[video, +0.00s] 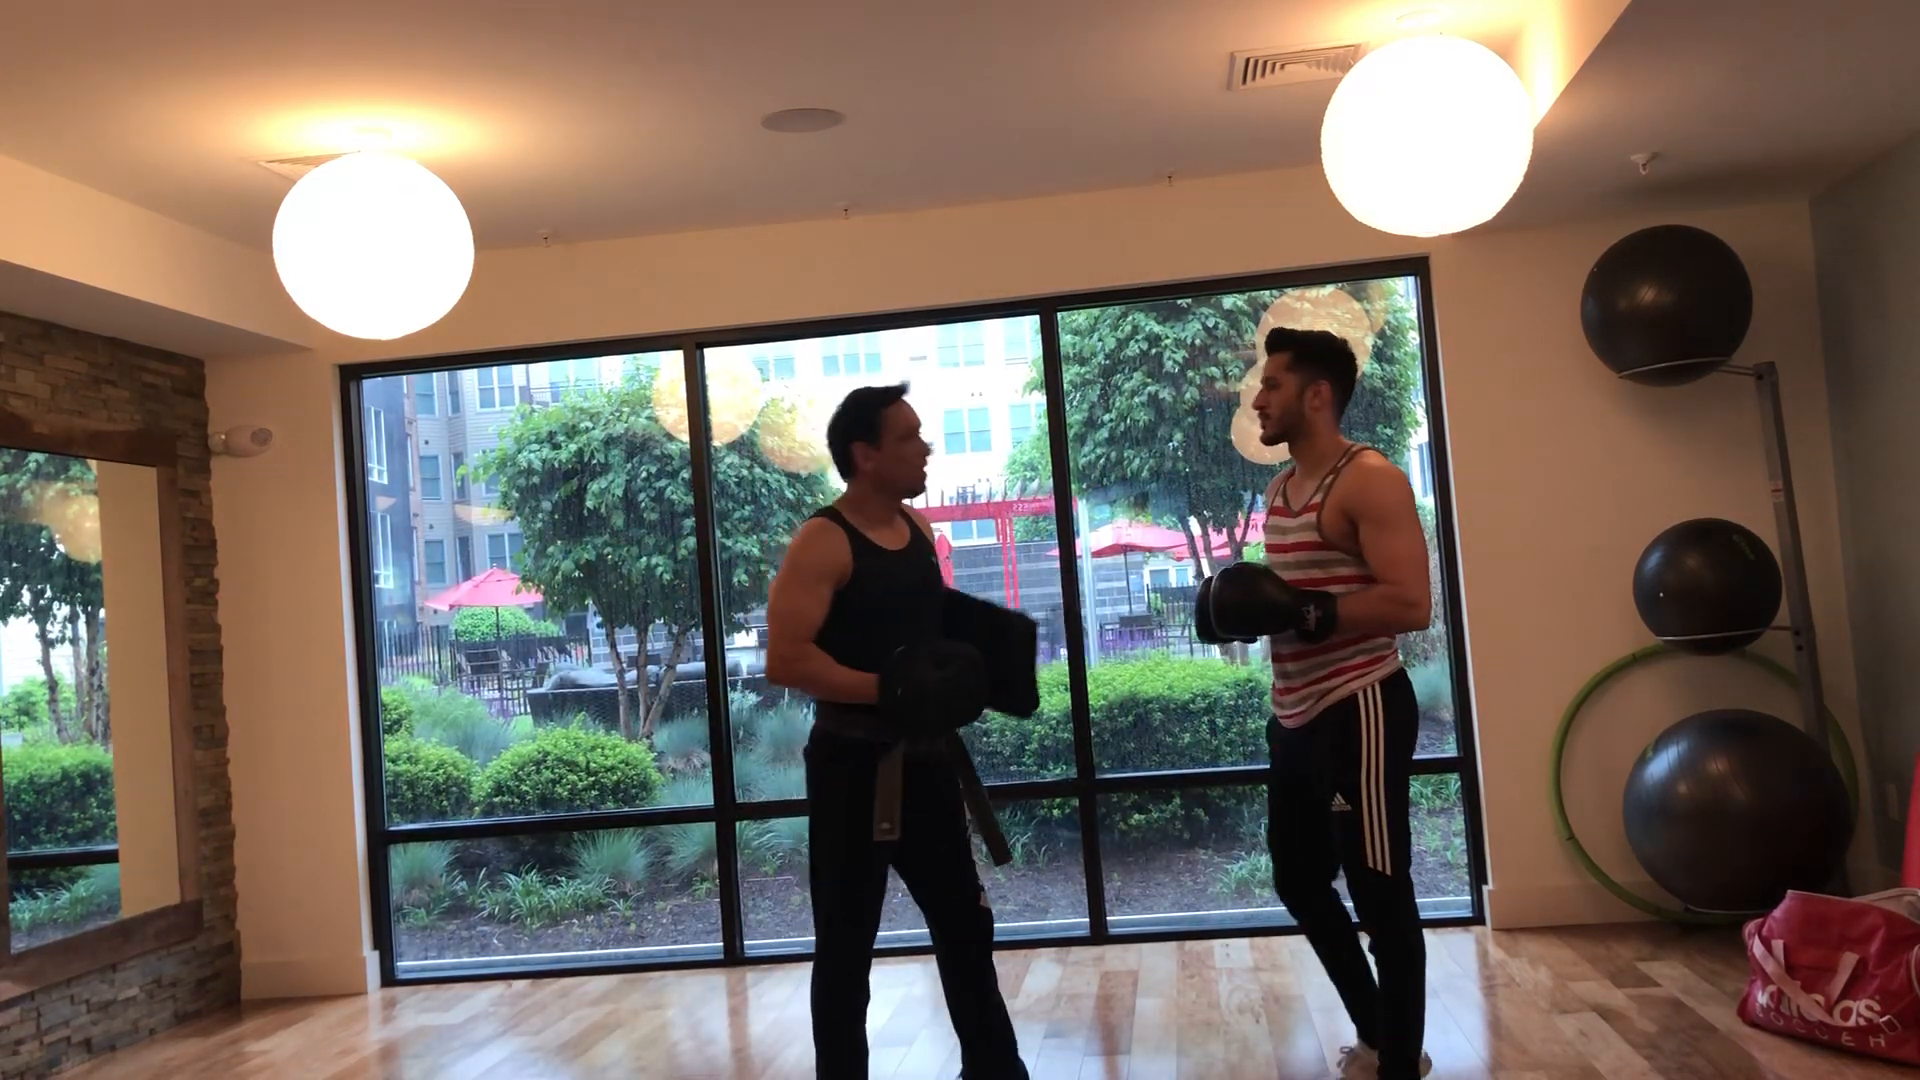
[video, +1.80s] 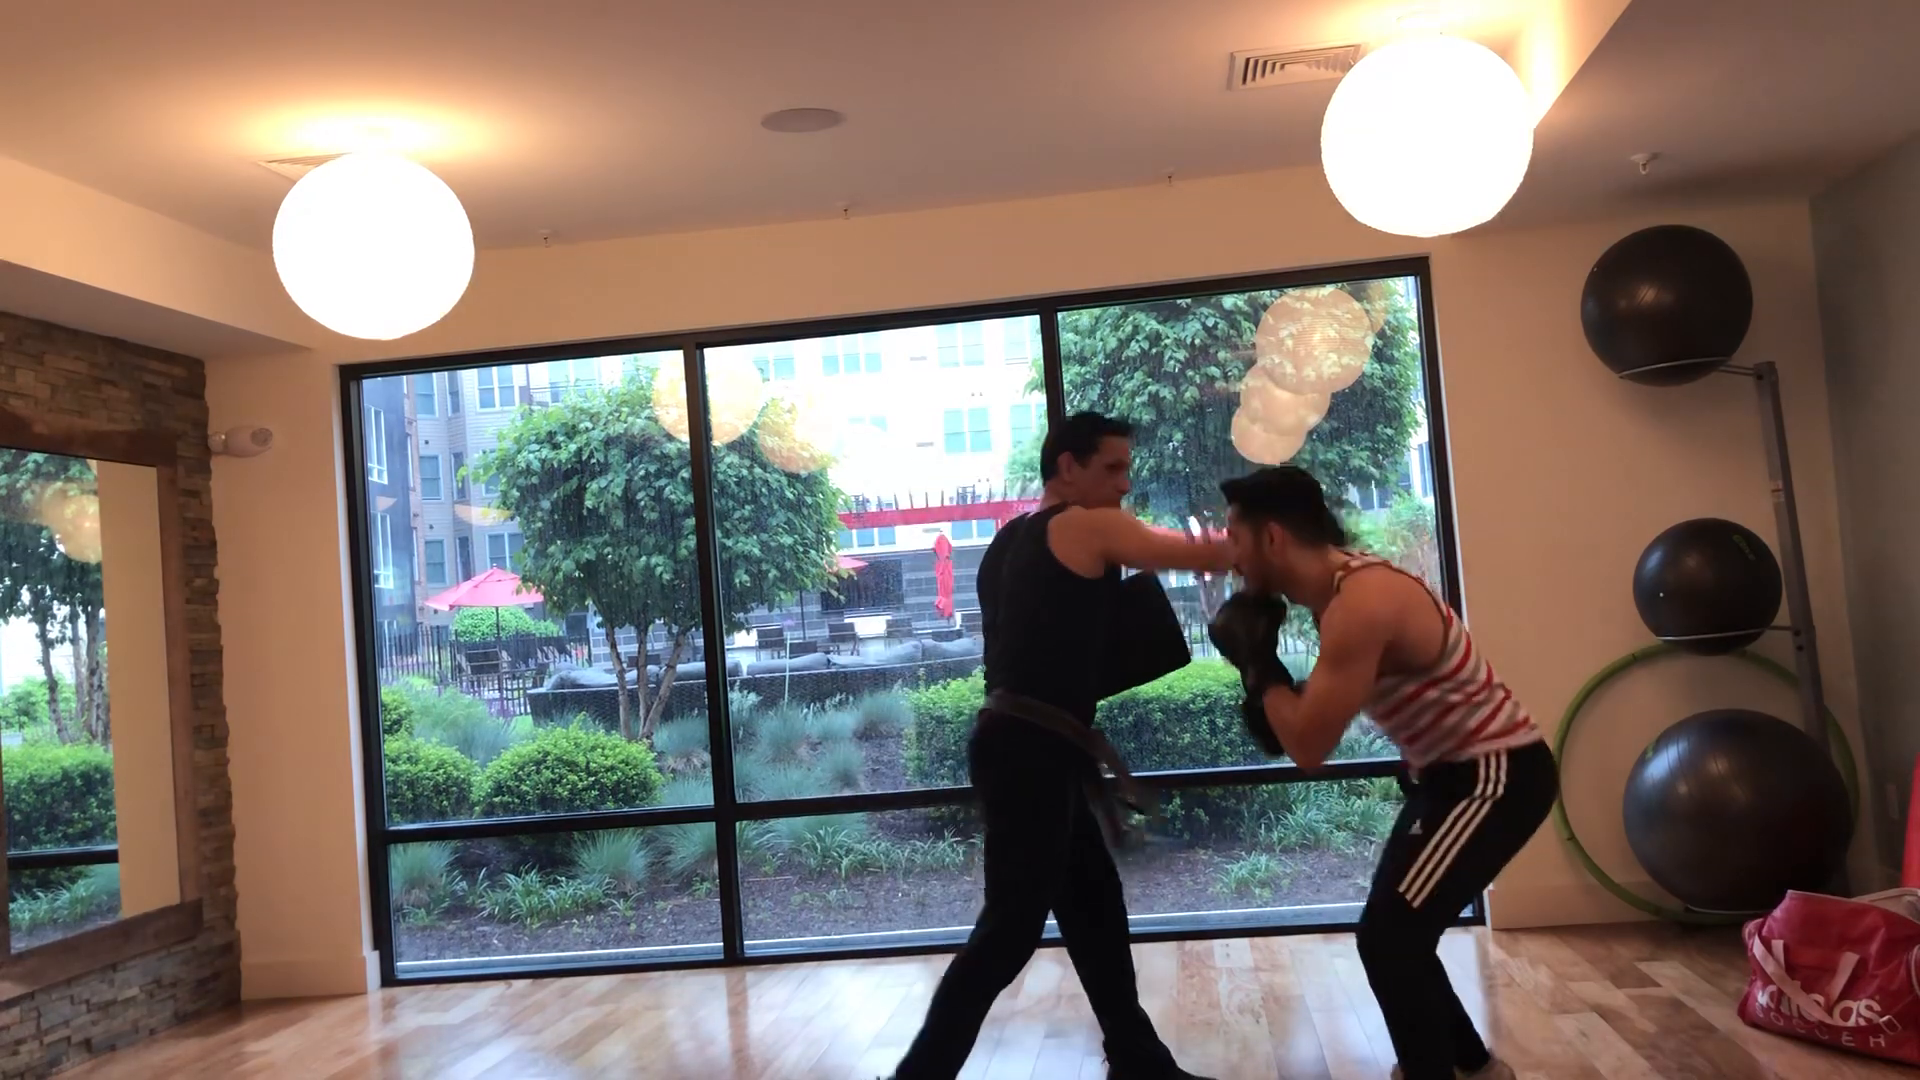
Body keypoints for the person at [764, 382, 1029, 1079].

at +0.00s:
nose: (926, 448)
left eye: (921, 435)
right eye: (910, 439)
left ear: (883, 457)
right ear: (862, 456)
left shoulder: (916, 531)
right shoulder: (820, 541)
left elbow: (923, 634)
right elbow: (784, 659)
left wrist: (985, 660)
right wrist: (894, 686)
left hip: (925, 754)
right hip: (848, 763)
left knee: (965, 930)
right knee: (844, 950)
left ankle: (996, 1074)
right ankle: (842, 1079)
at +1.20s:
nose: (1015, 495)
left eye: (1017, 480)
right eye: (1011, 478)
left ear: (972, 474)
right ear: (971, 471)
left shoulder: (969, 549)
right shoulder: (888, 550)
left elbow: (971, 650)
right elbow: (877, 674)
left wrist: (1035, 678)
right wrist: (982, 700)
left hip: (964, 754)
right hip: (895, 760)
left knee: (1030, 909)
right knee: (898, 942)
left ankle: (1098, 1059)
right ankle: (873, 1076)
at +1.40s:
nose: (1052, 501)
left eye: (1053, 486)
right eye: (1046, 485)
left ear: (1007, 482)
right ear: (1007, 481)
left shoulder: (1011, 559)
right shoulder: (932, 560)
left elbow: (1028, 659)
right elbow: (877, 660)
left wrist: (1087, 603)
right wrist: (984, 676)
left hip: (1025, 769)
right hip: (959, 776)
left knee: (1100, 915)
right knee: (954, 954)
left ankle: (1137, 1065)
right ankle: (890, 1077)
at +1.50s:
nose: (1077, 492)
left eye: (1078, 478)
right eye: (1070, 478)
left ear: (1028, 479)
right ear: (1030, 476)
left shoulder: (1029, 560)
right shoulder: (966, 547)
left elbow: (1068, 649)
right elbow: (938, 631)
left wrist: (1119, 590)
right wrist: (1038, 611)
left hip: (1047, 763)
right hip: (991, 767)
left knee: (1124, 907)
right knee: (991, 947)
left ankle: (1143, 1061)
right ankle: (896, 1074)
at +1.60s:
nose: (1096, 488)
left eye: (1097, 475)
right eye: (1088, 473)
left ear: (1048, 473)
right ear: (1046, 469)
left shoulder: (1047, 541)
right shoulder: (1013, 528)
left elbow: (1093, 660)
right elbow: (1073, 590)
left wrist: (1175, 600)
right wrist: (1144, 549)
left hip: (1053, 754)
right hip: (1011, 754)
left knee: (1113, 909)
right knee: (1007, 931)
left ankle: (1142, 1060)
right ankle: (902, 1072)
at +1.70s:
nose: (1110, 483)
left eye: (1111, 470)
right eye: (1101, 469)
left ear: (1048, 472)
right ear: (1054, 466)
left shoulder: (1005, 544)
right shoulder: (1068, 520)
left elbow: (1048, 662)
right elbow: (1189, 524)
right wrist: (1287, 517)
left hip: (1027, 749)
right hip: (1022, 752)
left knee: (1098, 909)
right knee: (1002, 929)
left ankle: (1139, 1062)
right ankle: (912, 1072)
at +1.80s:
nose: (1124, 483)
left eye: (1126, 470)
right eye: (1114, 470)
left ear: (1065, 473)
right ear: (1065, 468)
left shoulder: (1017, 539)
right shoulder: (1092, 527)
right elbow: (1204, 553)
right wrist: (1288, 551)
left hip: (1019, 745)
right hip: (1033, 750)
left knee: (1094, 908)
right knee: (1011, 928)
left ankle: (1139, 1061)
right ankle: (920, 1072)